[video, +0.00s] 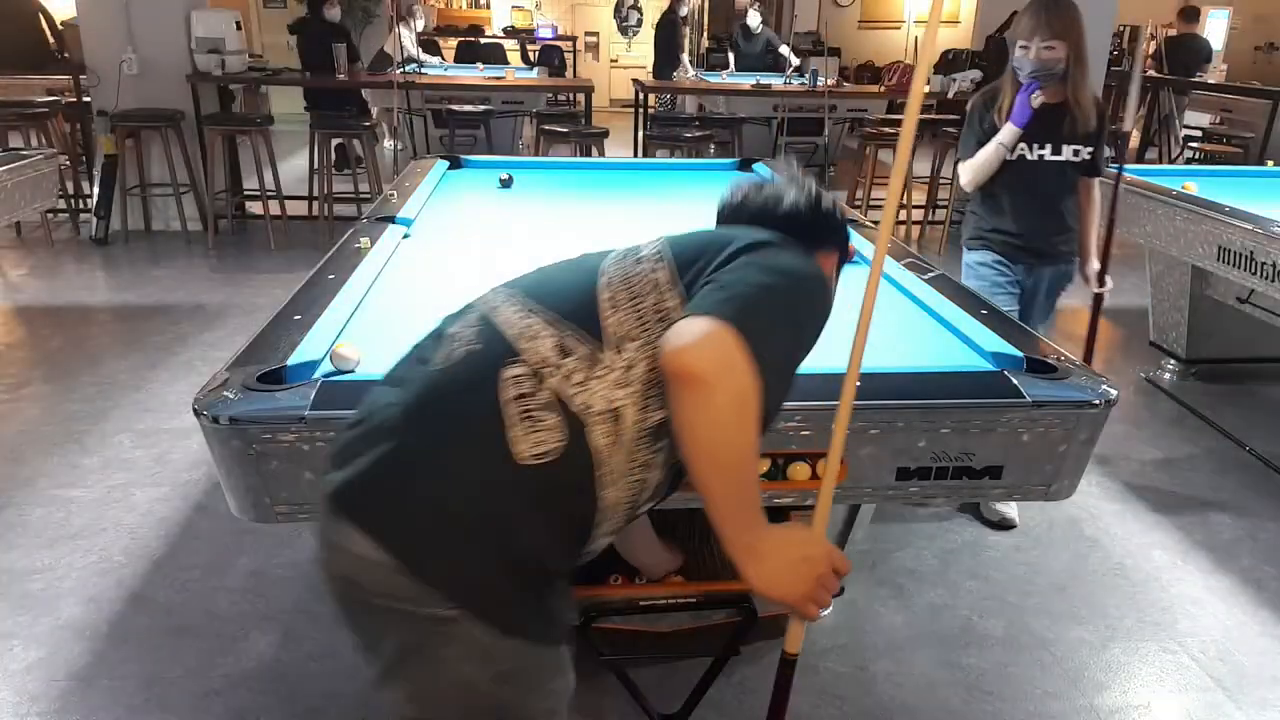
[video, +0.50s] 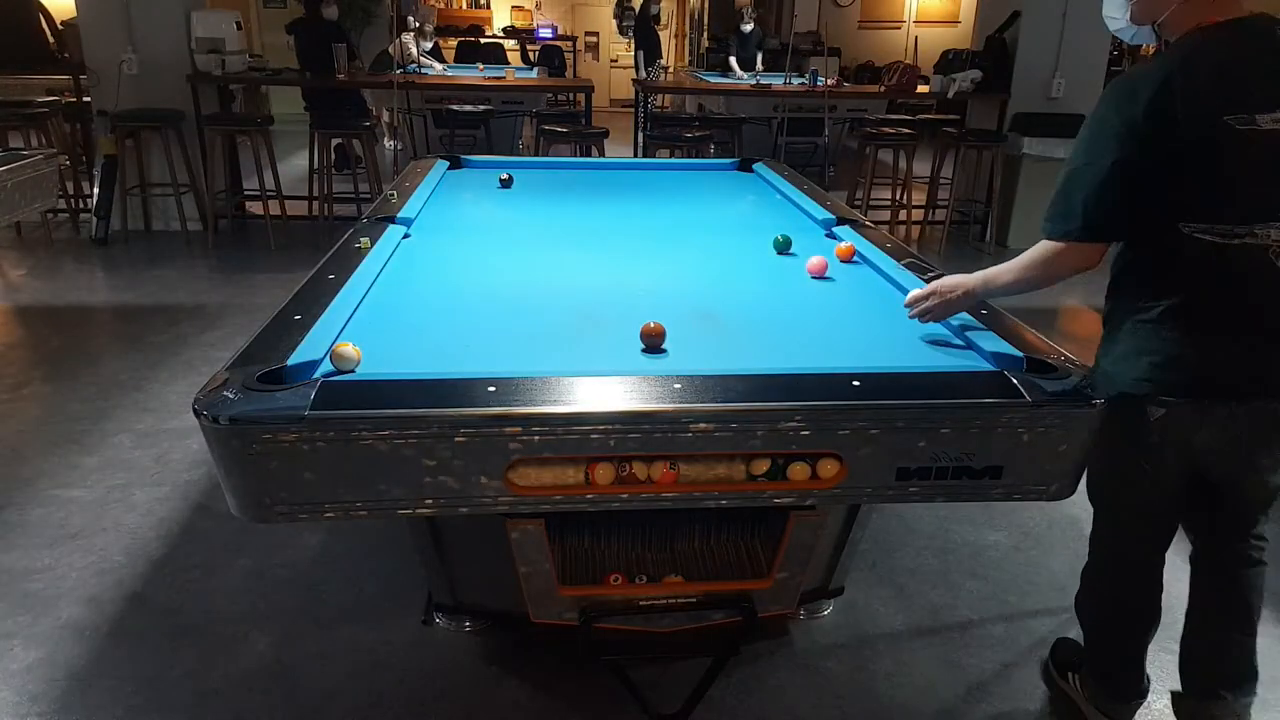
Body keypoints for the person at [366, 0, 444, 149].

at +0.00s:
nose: (422, 22)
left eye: (422, 19)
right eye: (420, 19)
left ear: (420, 19)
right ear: (411, 19)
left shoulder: (410, 31)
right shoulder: (400, 31)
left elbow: (416, 52)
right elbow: (412, 53)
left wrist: (434, 59)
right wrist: (434, 61)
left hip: (389, 74)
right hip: (376, 76)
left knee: (392, 108)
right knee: (384, 109)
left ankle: (392, 138)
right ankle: (388, 139)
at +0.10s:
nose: (429, 37)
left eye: (430, 33)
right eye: (428, 33)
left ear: (424, 28)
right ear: (420, 29)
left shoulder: (415, 36)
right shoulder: (408, 36)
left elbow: (421, 55)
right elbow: (417, 57)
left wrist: (438, 61)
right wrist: (437, 63)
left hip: (390, 72)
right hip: (378, 73)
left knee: (392, 107)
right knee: (386, 109)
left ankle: (391, 138)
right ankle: (388, 139)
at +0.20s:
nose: (425, 40)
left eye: (427, 37)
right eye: (423, 37)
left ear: (428, 32)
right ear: (417, 32)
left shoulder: (414, 37)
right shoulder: (406, 38)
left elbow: (419, 56)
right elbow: (414, 58)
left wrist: (435, 63)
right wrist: (433, 66)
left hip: (390, 72)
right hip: (378, 74)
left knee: (393, 107)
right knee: (386, 108)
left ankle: (393, 137)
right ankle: (388, 139)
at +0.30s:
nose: (424, 45)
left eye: (426, 43)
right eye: (422, 42)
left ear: (430, 36)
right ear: (416, 35)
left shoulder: (416, 38)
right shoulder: (407, 38)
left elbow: (417, 56)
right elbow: (416, 58)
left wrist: (435, 64)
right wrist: (434, 65)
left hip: (393, 71)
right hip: (379, 71)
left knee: (394, 106)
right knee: (385, 107)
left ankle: (393, 137)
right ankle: (388, 139)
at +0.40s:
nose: (425, 46)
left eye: (428, 44)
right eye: (423, 43)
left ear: (432, 38)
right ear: (418, 36)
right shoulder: (407, 39)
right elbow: (416, 57)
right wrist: (434, 64)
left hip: (394, 70)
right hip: (379, 70)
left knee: (394, 106)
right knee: (386, 107)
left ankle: (394, 137)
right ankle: (388, 139)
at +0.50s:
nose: (424, 49)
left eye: (426, 47)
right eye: (423, 46)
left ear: (432, 39)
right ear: (417, 37)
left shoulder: (417, 36)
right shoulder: (407, 40)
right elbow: (416, 58)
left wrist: (437, 63)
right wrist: (433, 64)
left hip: (394, 69)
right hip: (380, 69)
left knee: (394, 106)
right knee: (386, 107)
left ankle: (394, 137)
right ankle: (388, 139)